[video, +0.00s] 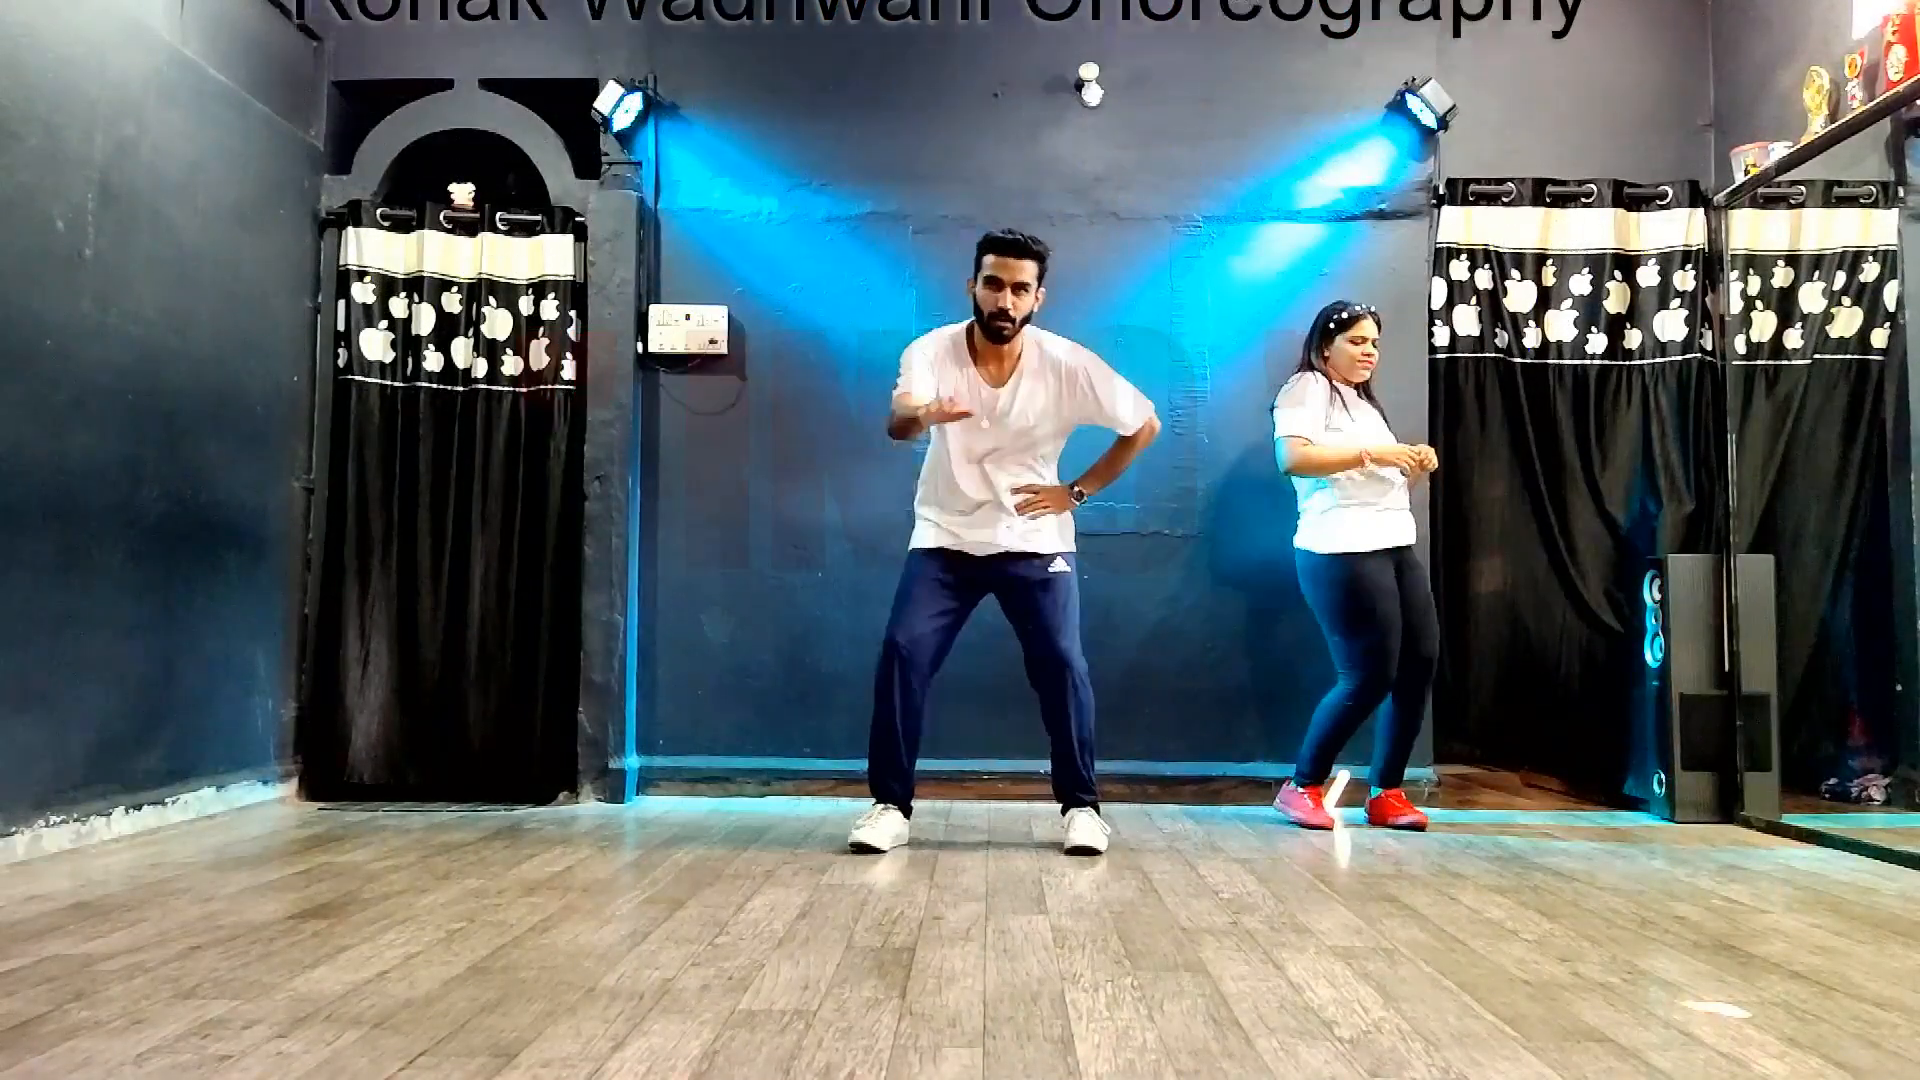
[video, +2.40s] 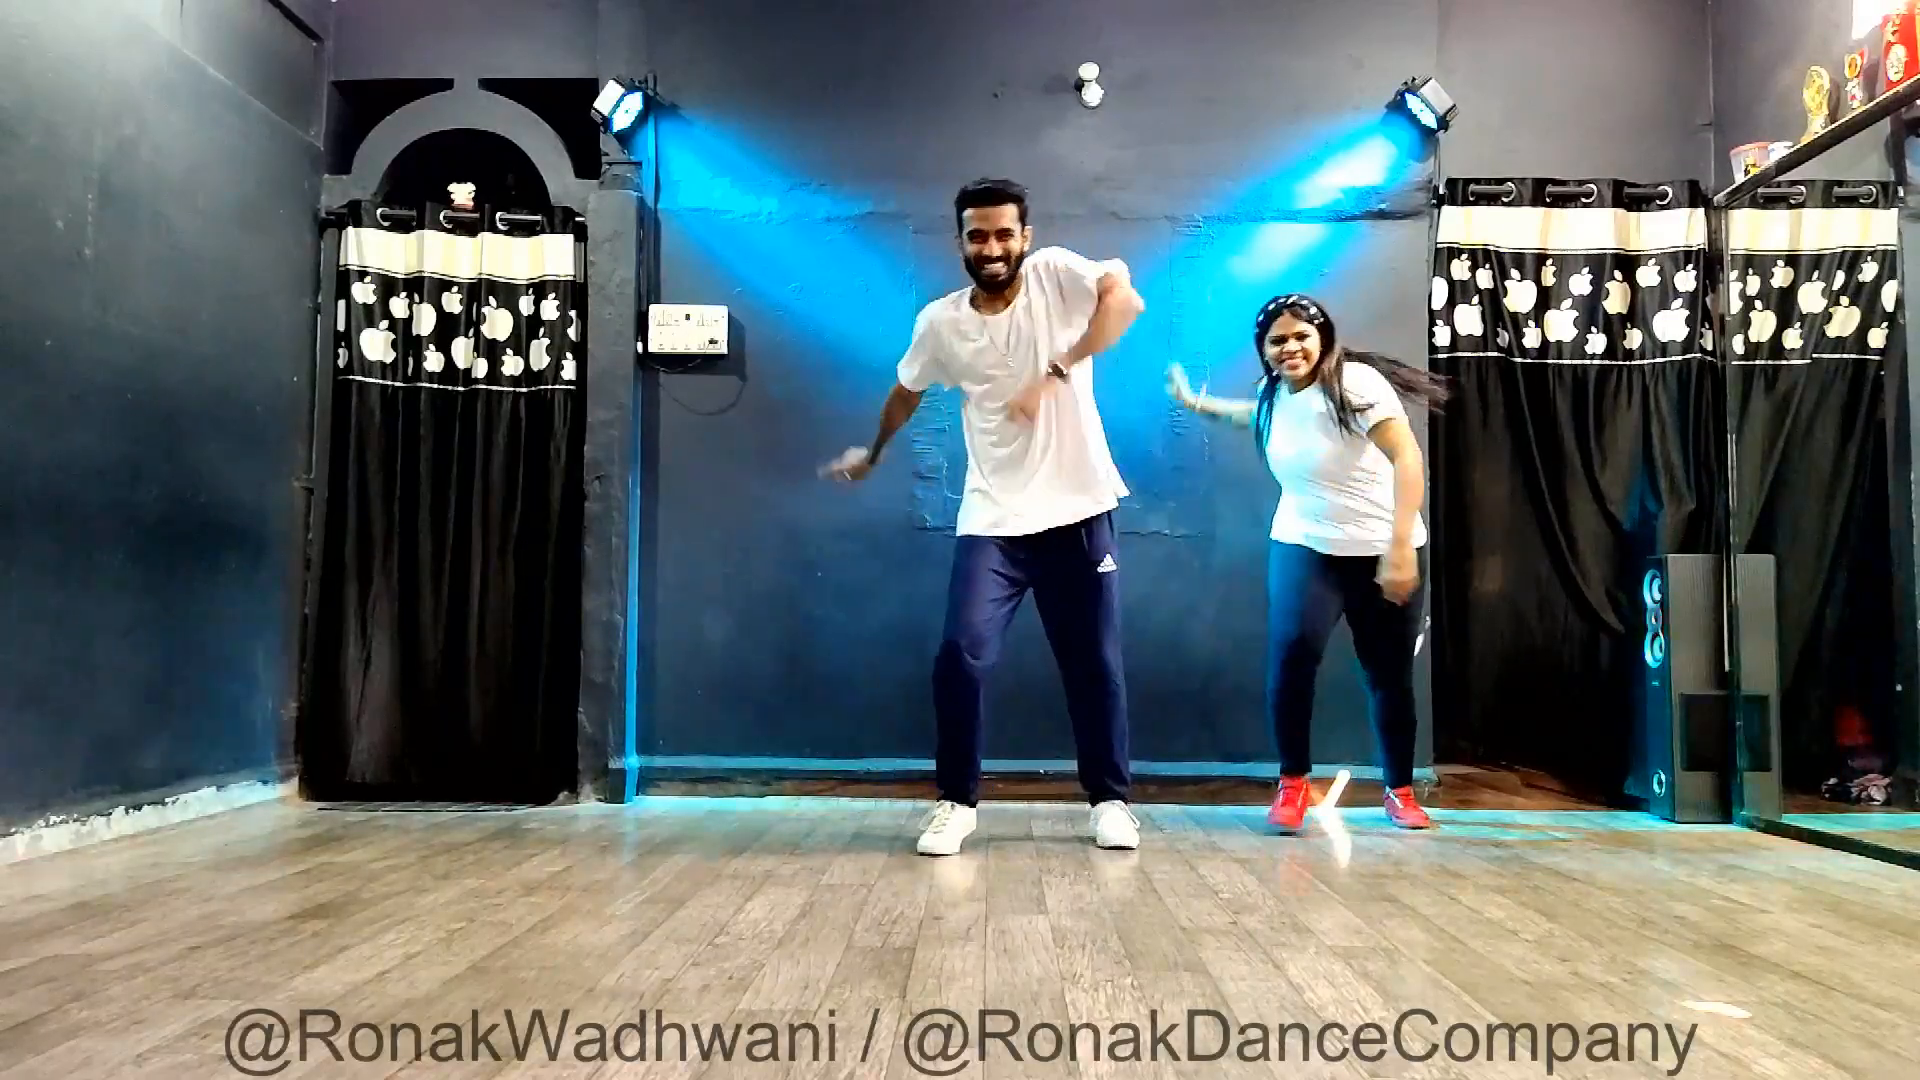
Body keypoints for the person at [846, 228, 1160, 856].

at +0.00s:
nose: (1005, 300)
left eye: (1020, 289)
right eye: (993, 285)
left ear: (1037, 298)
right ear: (972, 286)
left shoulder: (1066, 364)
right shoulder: (932, 352)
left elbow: (1144, 424)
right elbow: (898, 427)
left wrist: (1077, 491)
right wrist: (926, 415)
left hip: (1032, 536)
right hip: (944, 534)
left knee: (1062, 658)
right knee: (903, 649)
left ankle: (1080, 806)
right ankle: (890, 806)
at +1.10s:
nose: (1027, 288)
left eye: (1030, 274)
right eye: (1014, 275)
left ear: (1028, 277)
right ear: (971, 278)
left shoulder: (1043, 338)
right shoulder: (915, 334)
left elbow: (1117, 408)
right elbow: (902, 407)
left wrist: (1060, 478)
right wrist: (898, 483)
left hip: (1015, 521)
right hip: (932, 520)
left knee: (1042, 657)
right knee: (906, 647)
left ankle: (1074, 800)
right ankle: (890, 804)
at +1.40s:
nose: (986, 242)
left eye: (984, 230)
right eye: (971, 234)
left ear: (958, 243)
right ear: (931, 249)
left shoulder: (1014, 302)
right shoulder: (878, 338)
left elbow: (1093, 359)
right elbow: (836, 432)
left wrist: (1077, 450)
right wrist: (783, 513)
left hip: (1020, 513)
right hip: (934, 516)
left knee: (1061, 647)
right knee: (920, 650)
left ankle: (1069, 802)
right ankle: (897, 806)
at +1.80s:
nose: (1038, 235)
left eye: (1041, 224)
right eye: (1024, 225)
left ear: (1041, 232)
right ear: (985, 238)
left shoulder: (1068, 295)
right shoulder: (948, 324)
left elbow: (1091, 378)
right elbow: (923, 419)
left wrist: (1092, 455)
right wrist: (888, 499)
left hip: (1073, 517)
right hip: (988, 519)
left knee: (1091, 663)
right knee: (961, 661)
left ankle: (1100, 801)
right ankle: (940, 812)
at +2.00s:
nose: (1051, 238)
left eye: (1064, 228)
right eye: (1038, 226)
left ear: (1078, 239)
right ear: (1016, 235)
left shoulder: (1104, 311)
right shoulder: (985, 320)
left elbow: (1074, 405)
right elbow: (994, 409)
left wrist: (980, 434)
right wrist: (997, 456)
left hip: (1086, 523)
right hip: (1007, 522)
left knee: (1095, 673)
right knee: (977, 666)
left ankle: (1107, 804)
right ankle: (944, 810)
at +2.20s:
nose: (1058, 233)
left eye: (1071, 223)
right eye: (1046, 222)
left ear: (1088, 235)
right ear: (1026, 232)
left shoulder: (1107, 299)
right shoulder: (994, 309)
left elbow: (1074, 356)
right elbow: (940, 390)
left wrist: (1005, 318)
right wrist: (881, 459)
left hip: (1085, 509)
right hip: (1006, 505)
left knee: (1094, 661)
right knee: (972, 635)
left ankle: (1107, 801)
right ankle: (970, 795)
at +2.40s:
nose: (992, 248)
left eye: (1005, 235)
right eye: (978, 236)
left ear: (1025, 236)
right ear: (960, 242)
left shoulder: (1052, 270)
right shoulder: (940, 323)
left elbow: (1122, 300)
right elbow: (905, 394)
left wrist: (1056, 372)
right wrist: (871, 454)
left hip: (1077, 508)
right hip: (992, 515)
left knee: (1096, 661)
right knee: (963, 649)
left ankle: (1108, 800)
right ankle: (957, 803)